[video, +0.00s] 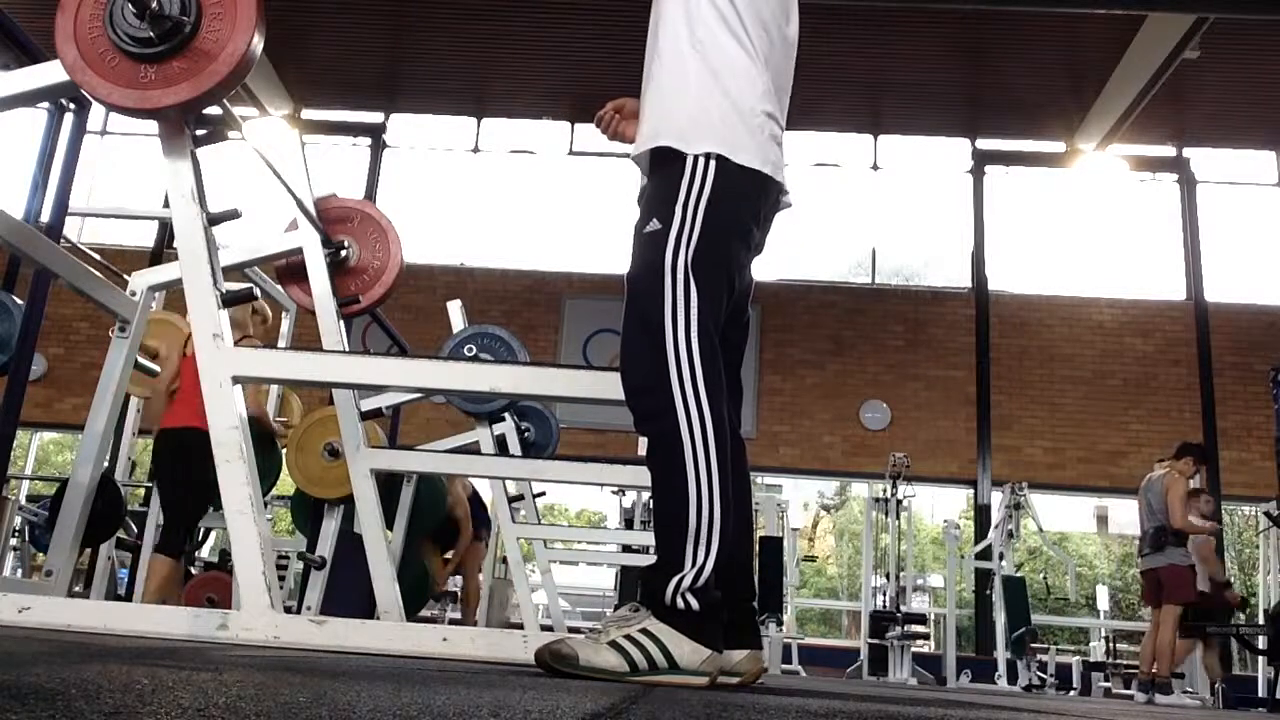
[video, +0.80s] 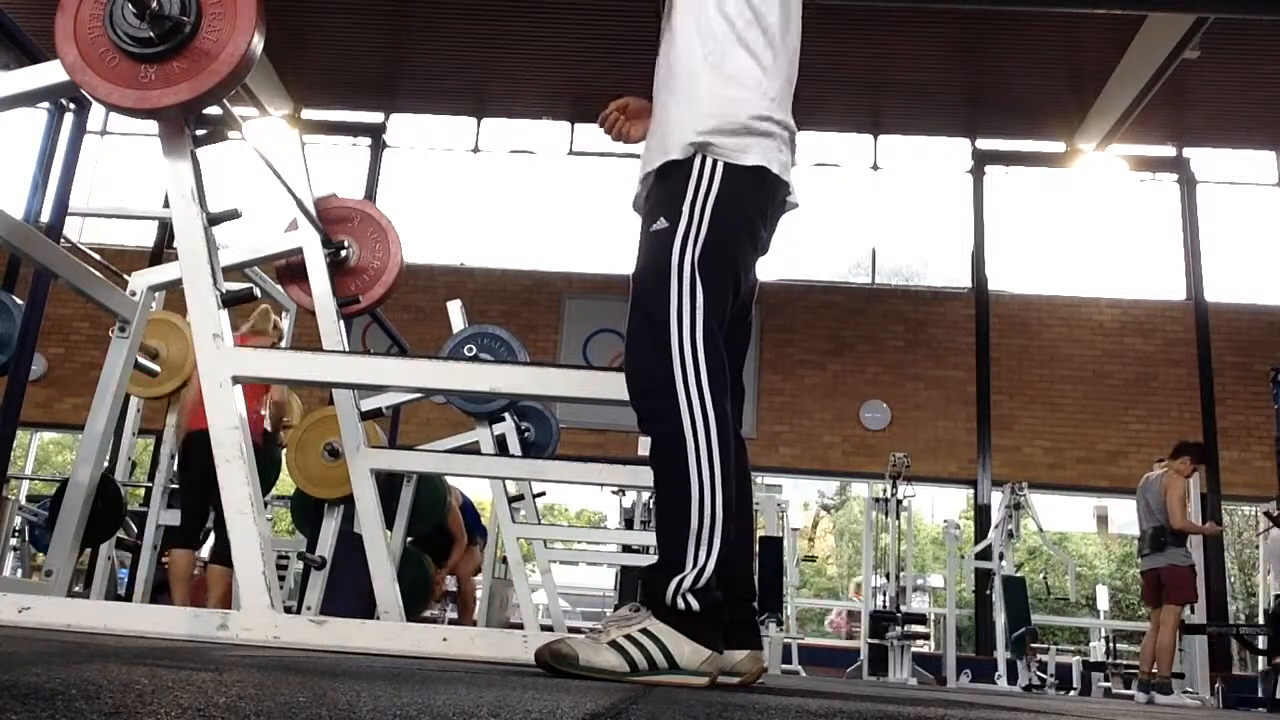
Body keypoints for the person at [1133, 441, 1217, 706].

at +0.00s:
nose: (1193, 475)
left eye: (1196, 472)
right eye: (1195, 470)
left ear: (1178, 459)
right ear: (1188, 462)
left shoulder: (1148, 480)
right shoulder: (1176, 479)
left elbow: (1149, 523)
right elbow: (1178, 522)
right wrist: (1208, 528)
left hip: (1148, 561)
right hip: (1173, 561)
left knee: (1156, 624)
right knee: (1168, 625)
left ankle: (1143, 685)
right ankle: (1163, 688)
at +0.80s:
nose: (1192, 476)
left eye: (1195, 471)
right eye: (1194, 470)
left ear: (1177, 459)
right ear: (1185, 461)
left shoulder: (1145, 480)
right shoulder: (1174, 480)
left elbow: (1146, 525)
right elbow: (1178, 523)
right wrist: (1205, 529)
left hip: (1149, 563)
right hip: (1174, 562)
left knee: (1155, 625)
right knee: (1169, 625)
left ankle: (1143, 685)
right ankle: (1164, 688)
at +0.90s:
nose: (1192, 475)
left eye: (1195, 471)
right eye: (1194, 470)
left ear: (1175, 458)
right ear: (1185, 461)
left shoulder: (1145, 480)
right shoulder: (1174, 480)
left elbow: (1146, 524)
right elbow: (1177, 523)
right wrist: (1206, 530)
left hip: (1149, 563)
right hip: (1173, 562)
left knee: (1155, 625)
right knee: (1169, 625)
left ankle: (1143, 685)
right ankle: (1164, 688)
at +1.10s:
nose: (1191, 475)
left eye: (1193, 470)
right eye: (1192, 469)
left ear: (1174, 459)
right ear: (1182, 461)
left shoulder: (1144, 480)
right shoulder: (1173, 480)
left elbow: (1147, 524)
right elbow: (1177, 522)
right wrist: (1205, 530)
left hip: (1149, 563)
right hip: (1173, 562)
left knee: (1156, 625)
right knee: (1169, 624)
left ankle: (1143, 685)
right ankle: (1164, 688)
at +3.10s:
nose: (1192, 469)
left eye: (1194, 464)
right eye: (1193, 463)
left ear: (1172, 457)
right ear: (1183, 458)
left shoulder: (1146, 480)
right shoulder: (1175, 480)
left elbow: (1147, 523)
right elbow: (1172, 518)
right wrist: (1187, 550)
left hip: (1148, 562)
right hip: (1170, 560)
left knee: (1156, 624)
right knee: (1168, 624)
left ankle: (1143, 685)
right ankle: (1163, 687)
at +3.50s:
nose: (1194, 471)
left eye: (1196, 466)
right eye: (1194, 465)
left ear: (1175, 459)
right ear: (1184, 459)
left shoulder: (1147, 480)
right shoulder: (1176, 480)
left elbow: (1147, 522)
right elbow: (1171, 518)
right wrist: (1187, 550)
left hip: (1148, 562)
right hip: (1170, 560)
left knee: (1155, 623)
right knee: (1168, 624)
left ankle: (1143, 685)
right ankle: (1163, 687)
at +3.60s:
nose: (1194, 471)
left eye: (1196, 467)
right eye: (1195, 465)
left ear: (1176, 459)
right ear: (1184, 459)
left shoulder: (1148, 480)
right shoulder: (1176, 481)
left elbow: (1148, 522)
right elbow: (1171, 519)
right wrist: (1188, 550)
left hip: (1148, 561)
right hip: (1169, 560)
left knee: (1155, 623)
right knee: (1168, 624)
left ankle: (1143, 685)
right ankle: (1163, 687)